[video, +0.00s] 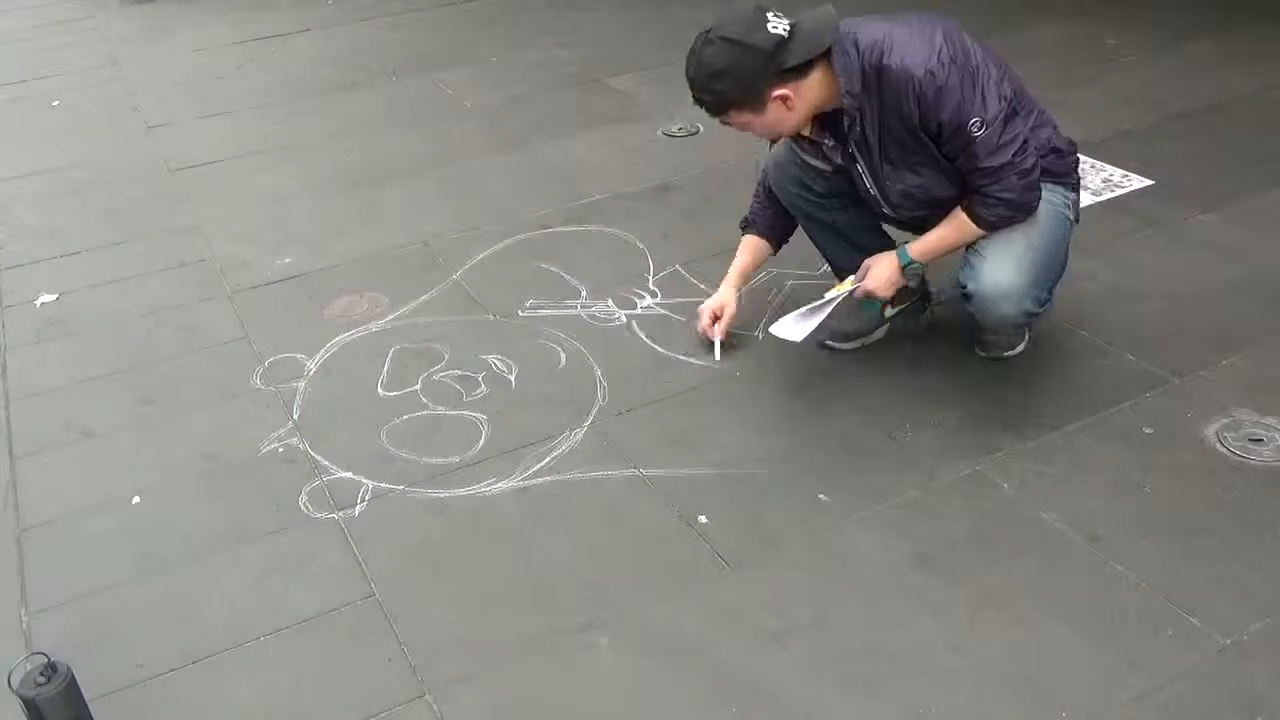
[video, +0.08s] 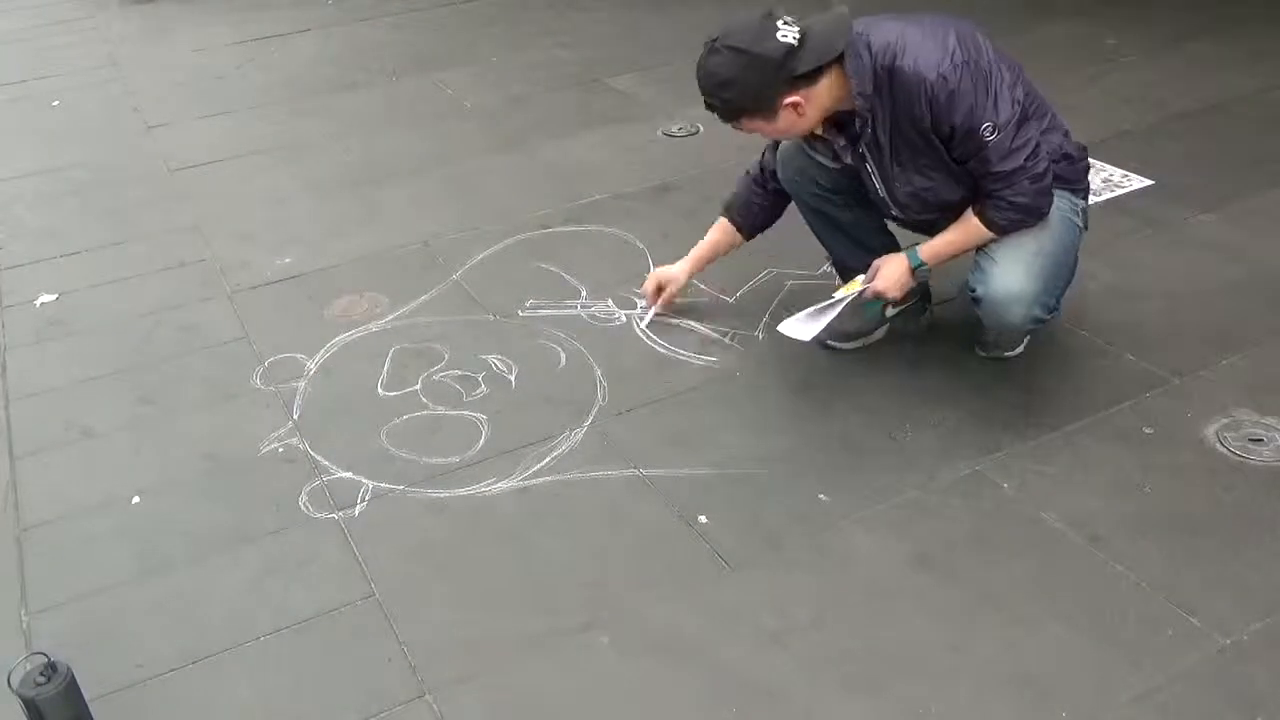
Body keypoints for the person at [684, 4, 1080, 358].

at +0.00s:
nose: (749, 135)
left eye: (745, 124)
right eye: (738, 126)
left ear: (782, 98)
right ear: (781, 94)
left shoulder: (928, 69)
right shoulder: (809, 100)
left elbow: (1010, 196)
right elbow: (777, 193)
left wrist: (904, 260)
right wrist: (731, 284)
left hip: (1027, 185)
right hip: (925, 191)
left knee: (1000, 293)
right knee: (790, 167)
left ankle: (1001, 320)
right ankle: (895, 293)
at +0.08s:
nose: (757, 136)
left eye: (754, 127)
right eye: (747, 129)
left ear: (793, 105)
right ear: (793, 100)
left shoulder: (937, 73)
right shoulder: (822, 95)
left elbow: (1019, 199)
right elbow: (767, 184)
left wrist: (912, 260)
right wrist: (688, 265)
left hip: (1034, 188)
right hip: (935, 191)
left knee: (1010, 299)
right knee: (799, 160)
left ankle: (1005, 320)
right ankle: (893, 294)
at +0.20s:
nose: (828, 149)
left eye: (830, 137)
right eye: (819, 141)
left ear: (879, 102)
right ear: (880, 99)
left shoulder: (1002, 78)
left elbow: (1079, 196)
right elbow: (820, 209)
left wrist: (971, 264)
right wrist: (804, 317)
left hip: (1034, 214)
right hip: (949, 210)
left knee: (1083, 297)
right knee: (838, 180)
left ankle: (1001, 297)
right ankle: (900, 298)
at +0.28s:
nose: (758, 172)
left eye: (759, 163)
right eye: (750, 165)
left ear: (803, 135)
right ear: (801, 132)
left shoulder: (941, 89)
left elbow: (1038, 185)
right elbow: (765, 207)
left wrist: (947, 269)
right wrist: (743, 311)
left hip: (1002, 203)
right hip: (914, 209)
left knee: (1063, 287)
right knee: (795, 203)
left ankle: (989, 288)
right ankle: (889, 303)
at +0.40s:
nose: (927, 133)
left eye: (927, 124)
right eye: (919, 126)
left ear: (978, 94)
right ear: (976, 90)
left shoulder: (1114, 86)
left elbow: (1181, 224)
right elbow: (927, 166)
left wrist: (1059, 288)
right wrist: (893, 269)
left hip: (1142, 217)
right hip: (1062, 194)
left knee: (1143, 350)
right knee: (944, 156)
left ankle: (1088, 298)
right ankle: (967, 311)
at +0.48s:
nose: (915, 167)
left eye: (918, 157)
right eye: (905, 160)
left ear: (955, 125)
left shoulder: (1096, 88)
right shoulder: (926, 95)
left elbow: (1172, 213)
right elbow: (873, 194)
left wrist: (1060, 288)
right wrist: (831, 298)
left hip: (1122, 221)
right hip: (1034, 207)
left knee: (1158, 333)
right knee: (919, 176)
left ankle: (1094, 304)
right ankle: (966, 319)